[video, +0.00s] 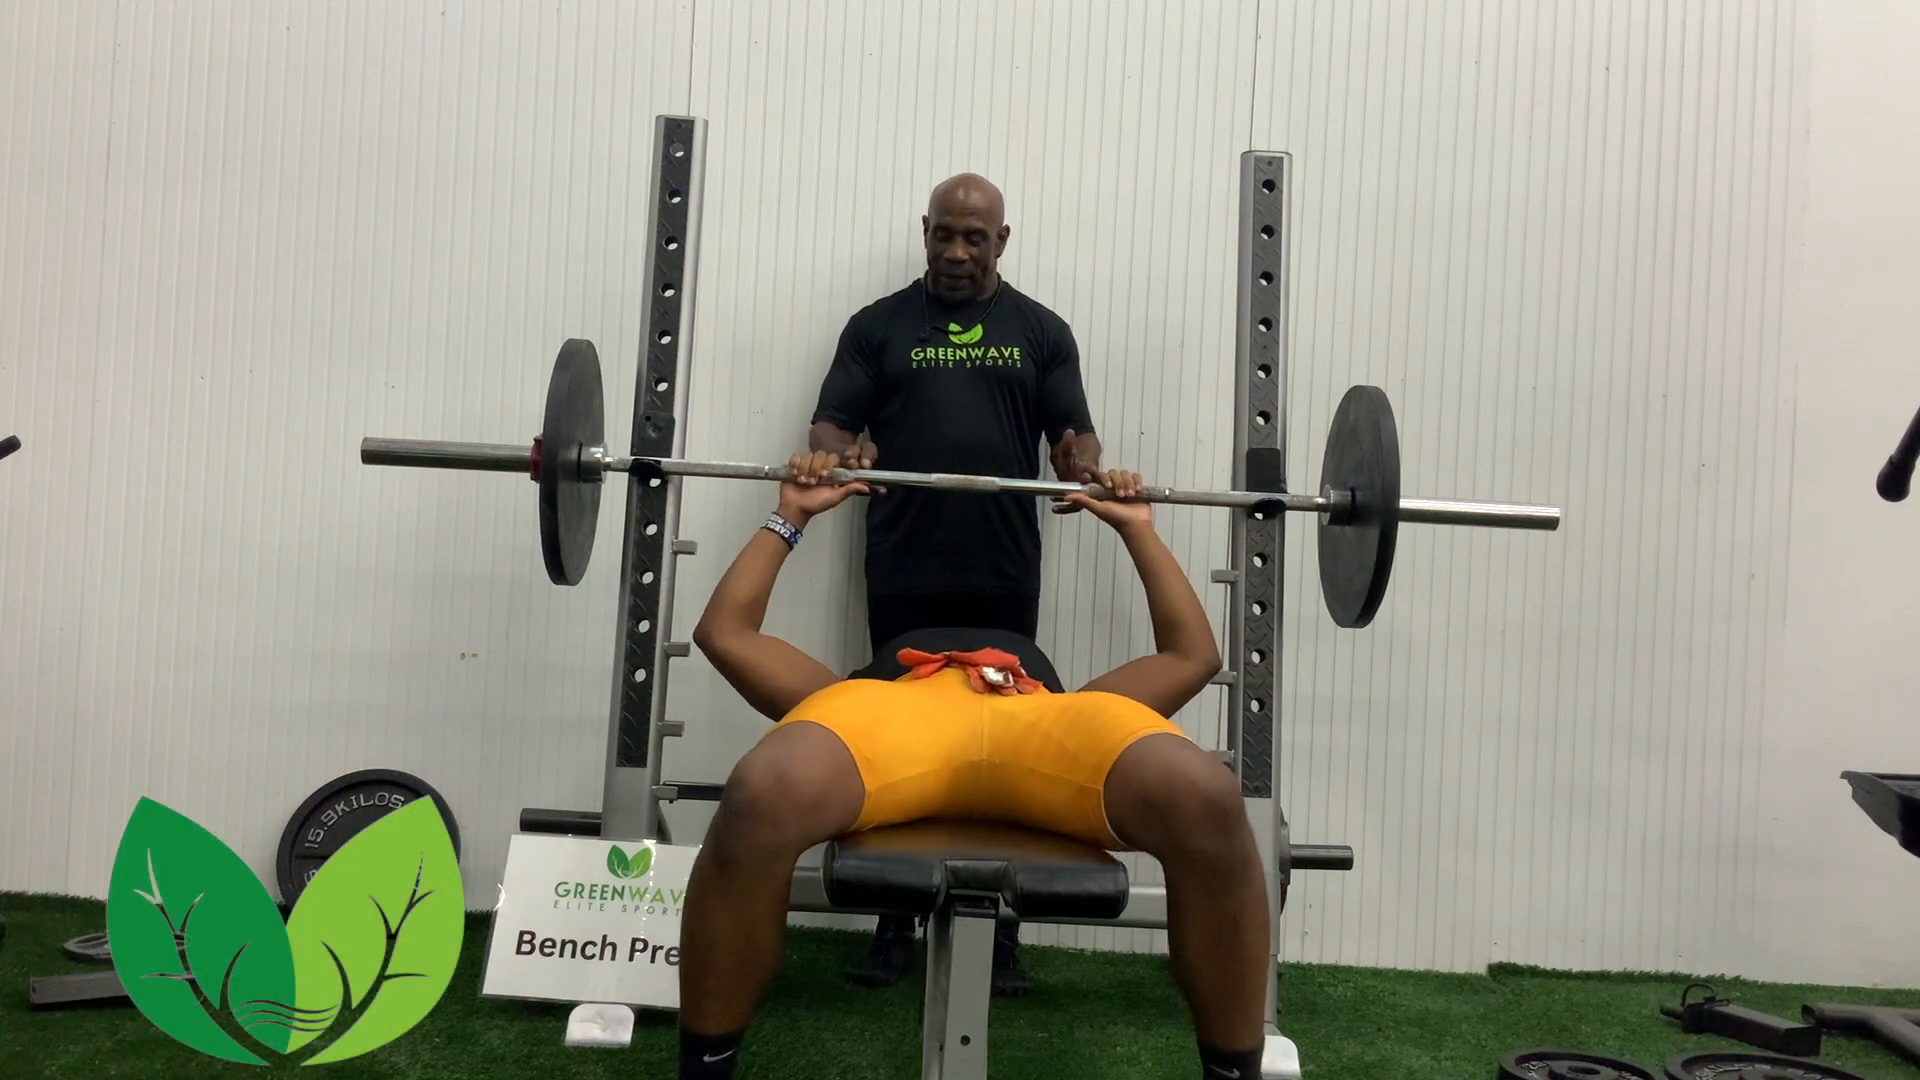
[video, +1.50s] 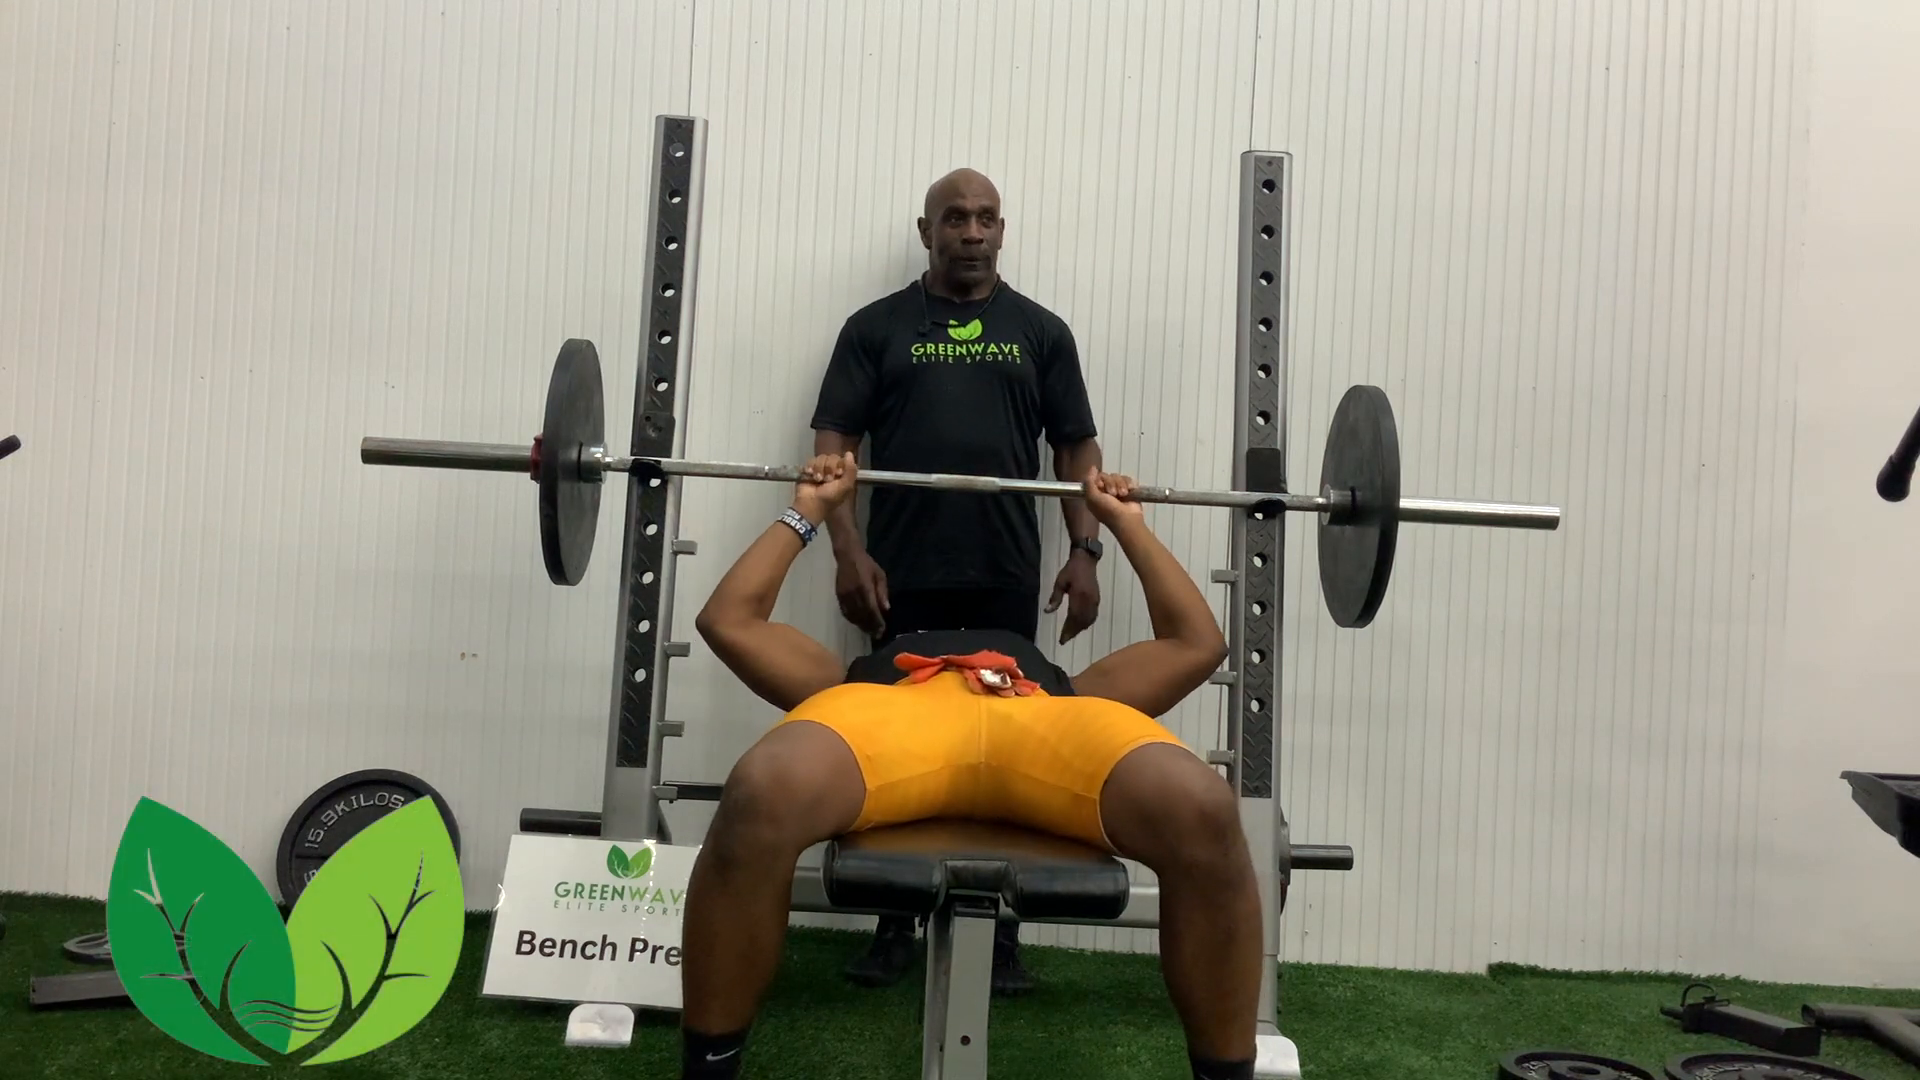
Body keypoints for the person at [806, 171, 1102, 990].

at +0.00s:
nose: (957, 251)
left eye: (975, 239)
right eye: (944, 235)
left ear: (1002, 244)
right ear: (924, 236)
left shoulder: (1040, 332)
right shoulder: (877, 328)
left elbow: (1073, 440)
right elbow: (829, 432)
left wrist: (1083, 467)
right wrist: (845, 452)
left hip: (1005, 577)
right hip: (903, 576)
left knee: (1015, 746)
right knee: (892, 741)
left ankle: (999, 925)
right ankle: (897, 919)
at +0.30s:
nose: (958, 251)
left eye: (976, 238)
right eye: (945, 235)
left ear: (1002, 244)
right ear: (925, 235)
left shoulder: (1040, 333)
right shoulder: (877, 329)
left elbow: (1073, 442)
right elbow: (828, 432)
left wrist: (1078, 474)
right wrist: (845, 454)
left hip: (1005, 576)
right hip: (903, 574)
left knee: (1013, 746)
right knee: (892, 740)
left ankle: (1000, 924)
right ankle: (898, 919)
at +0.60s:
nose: (966, 243)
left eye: (983, 228)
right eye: (952, 227)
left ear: (1005, 238)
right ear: (927, 234)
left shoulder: (1041, 333)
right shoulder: (878, 328)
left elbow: (1075, 443)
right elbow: (826, 435)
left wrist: (1076, 470)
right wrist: (845, 453)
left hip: (1005, 578)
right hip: (904, 576)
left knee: (1015, 747)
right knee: (891, 744)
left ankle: (1000, 924)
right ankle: (897, 918)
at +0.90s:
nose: (968, 230)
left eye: (983, 217)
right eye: (953, 217)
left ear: (1005, 231)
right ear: (928, 230)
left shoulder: (1043, 334)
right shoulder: (878, 328)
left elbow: (1081, 444)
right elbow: (820, 436)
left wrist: (1071, 503)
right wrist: (843, 487)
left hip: (1006, 582)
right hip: (904, 579)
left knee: (1012, 747)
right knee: (893, 745)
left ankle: (1000, 925)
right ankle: (897, 918)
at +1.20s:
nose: (967, 228)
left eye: (982, 216)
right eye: (952, 215)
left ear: (1004, 231)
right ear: (927, 230)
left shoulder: (1043, 336)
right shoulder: (875, 330)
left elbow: (1072, 462)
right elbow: (829, 460)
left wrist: (1077, 570)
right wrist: (839, 566)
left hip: (1006, 587)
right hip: (898, 585)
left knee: (1014, 755)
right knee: (889, 756)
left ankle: (1000, 927)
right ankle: (896, 921)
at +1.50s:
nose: (973, 231)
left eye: (987, 218)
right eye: (956, 218)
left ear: (1003, 232)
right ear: (925, 233)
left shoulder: (1042, 333)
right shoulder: (875, 329)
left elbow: (1075, 453)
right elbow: (832, 450)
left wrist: (1084, 551)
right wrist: (848, 552)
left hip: (1008, 581)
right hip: (903, 578)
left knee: (1014, 751)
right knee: (890, 748)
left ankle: (1000, 927)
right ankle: (896, 919)